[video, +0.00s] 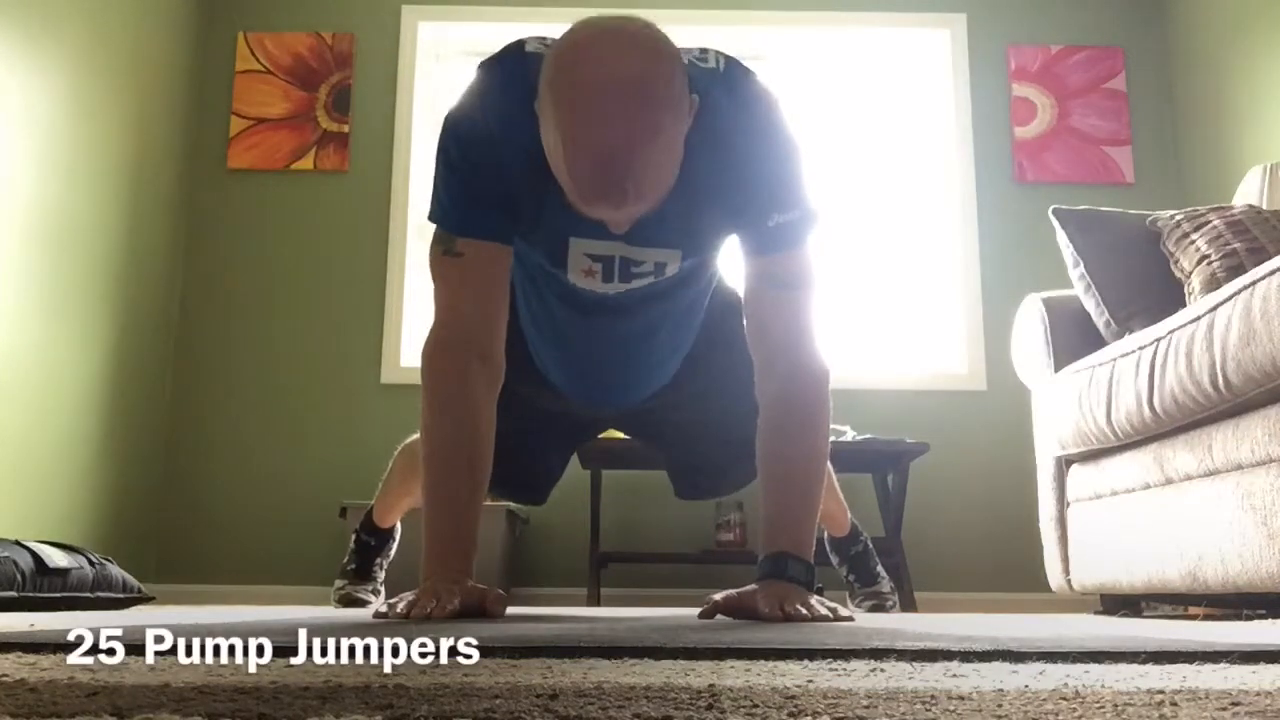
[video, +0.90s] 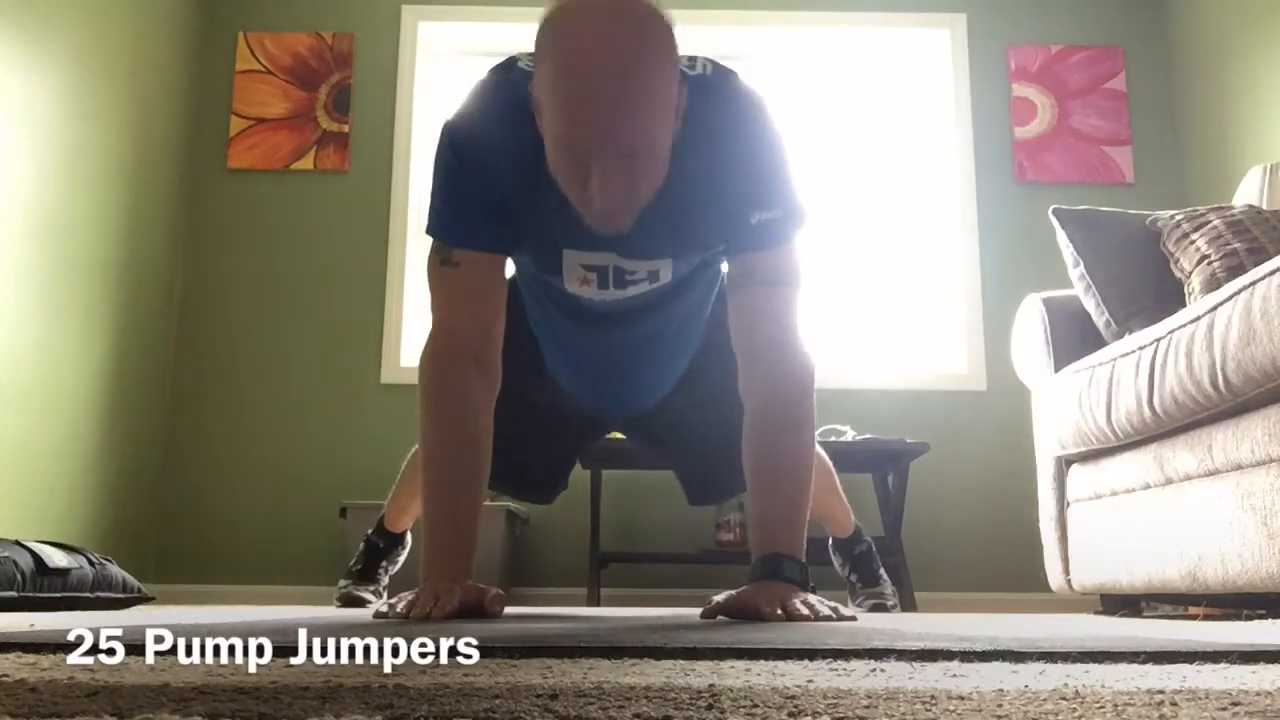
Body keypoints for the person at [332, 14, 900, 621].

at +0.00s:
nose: (613, 216)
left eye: (636, 200)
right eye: (589, 200)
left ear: (686, 115)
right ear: (546, 119)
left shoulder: (744, 122)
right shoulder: (489, 120)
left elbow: (789, 358)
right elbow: (461, 351)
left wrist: (786, 575)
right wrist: (445, 584)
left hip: (685, 336)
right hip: (534, 337)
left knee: (787, 442)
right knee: (445, 453)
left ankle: (848, 544)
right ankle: (375, 521)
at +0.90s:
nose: (605, 195)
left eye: (633, 159)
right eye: (579, 159)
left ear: (676, 105)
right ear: (539, 102)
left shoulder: (735, 125)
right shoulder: (483, 133)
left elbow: (776, 360)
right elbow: (461, 356)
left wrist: (779, 574)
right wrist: (445, 580)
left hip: (690, 339)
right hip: (540, 336)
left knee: (787, 453)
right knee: (445, 449)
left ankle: (855, 551)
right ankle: (384, 547)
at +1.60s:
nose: (609, 115)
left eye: (643, 73)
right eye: (579, 71)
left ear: (684, 66)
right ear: (544, 65)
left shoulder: (732, 120)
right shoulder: (494, 119)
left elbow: (779, 358)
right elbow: (459, 353)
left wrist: (783, 575)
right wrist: (445, 582)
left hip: (686, 355)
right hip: (532, 354)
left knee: (787, 457)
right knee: (445, 455)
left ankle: (858, 556)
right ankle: (378, 545)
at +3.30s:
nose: (626, 160)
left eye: (645, 134)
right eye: (602, 134)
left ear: (693, 54)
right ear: (561, 57)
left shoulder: (748, 108)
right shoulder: (494, 115)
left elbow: (783, 360)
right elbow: (462, 353)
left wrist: (784, 576)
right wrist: (446, 582)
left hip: (694, 330)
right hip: (544, 329)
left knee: (794, 454)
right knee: (449, 452)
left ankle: (859, 545)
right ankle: (385, 545)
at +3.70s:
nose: (623, 238)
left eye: (644, 225)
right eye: (600, 225)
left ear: (694, 139)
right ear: (552, 142)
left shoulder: (743, 122)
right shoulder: (496, 126)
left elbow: (782, 366)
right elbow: (463, 356)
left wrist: (779, 572)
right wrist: (448, 578)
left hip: (692, 329)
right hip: (539, 327)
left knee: (786, 438)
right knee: (455, 423)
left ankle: (858, 542)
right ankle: (387, 533)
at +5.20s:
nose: (622, 194)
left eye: (655, 155)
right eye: (590, 153)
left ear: (696, 123)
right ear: (553, 115)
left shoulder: (754, 168)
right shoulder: (486, 172)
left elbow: (791, 377)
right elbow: (450, 377)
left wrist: (782, 576)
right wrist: (445, 584)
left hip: (701, 379)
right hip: (534, 379)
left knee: (793, 450)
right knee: (442, 447)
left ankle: (861, 549)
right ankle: (379, 552)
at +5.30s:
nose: (623, 235)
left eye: (657, 199)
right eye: (591, 198)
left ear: (700, 179)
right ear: (554, 179)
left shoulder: (761, 233)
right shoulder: (479, 234)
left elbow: (797, 402)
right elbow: (440, 408)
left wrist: (779, 573)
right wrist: (447, 582)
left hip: (704, 420)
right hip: (532, 419)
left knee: (801, 469)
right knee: (435, 462)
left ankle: (859, 540)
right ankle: (380, 532)